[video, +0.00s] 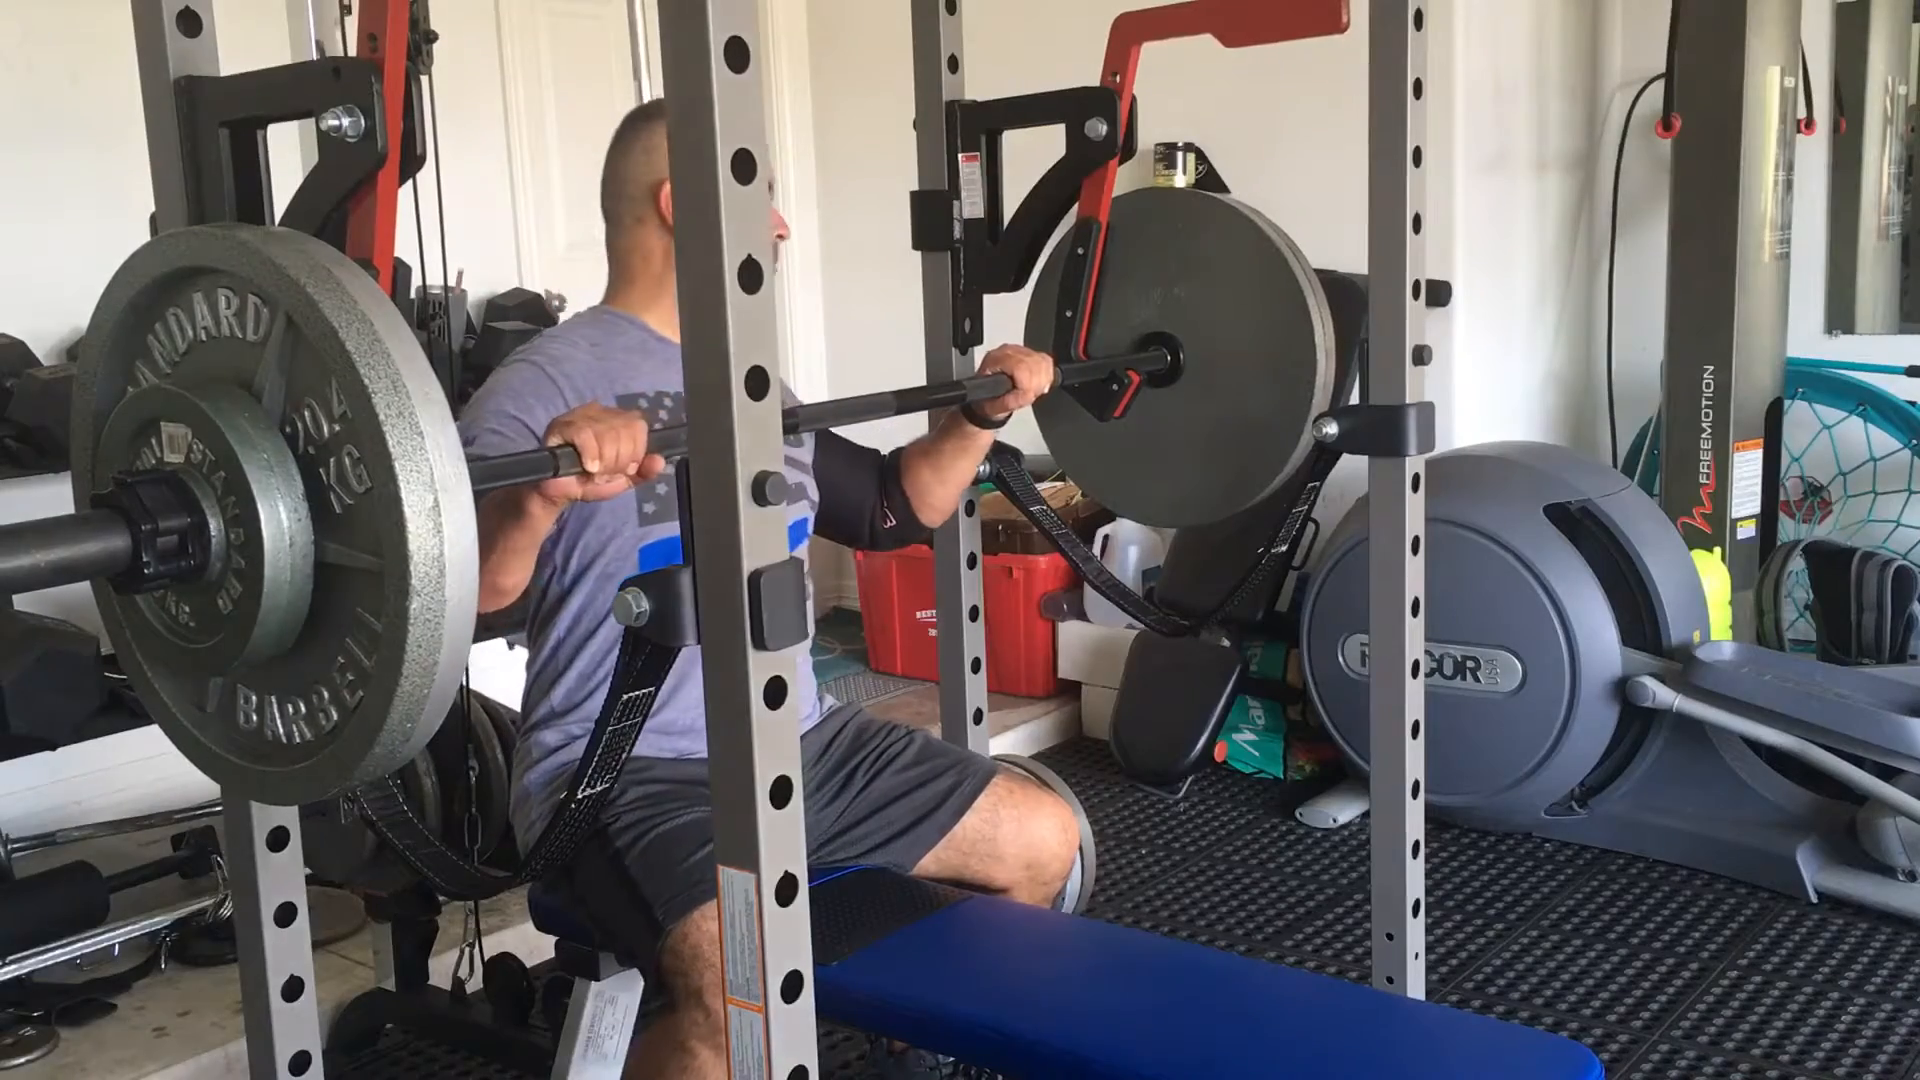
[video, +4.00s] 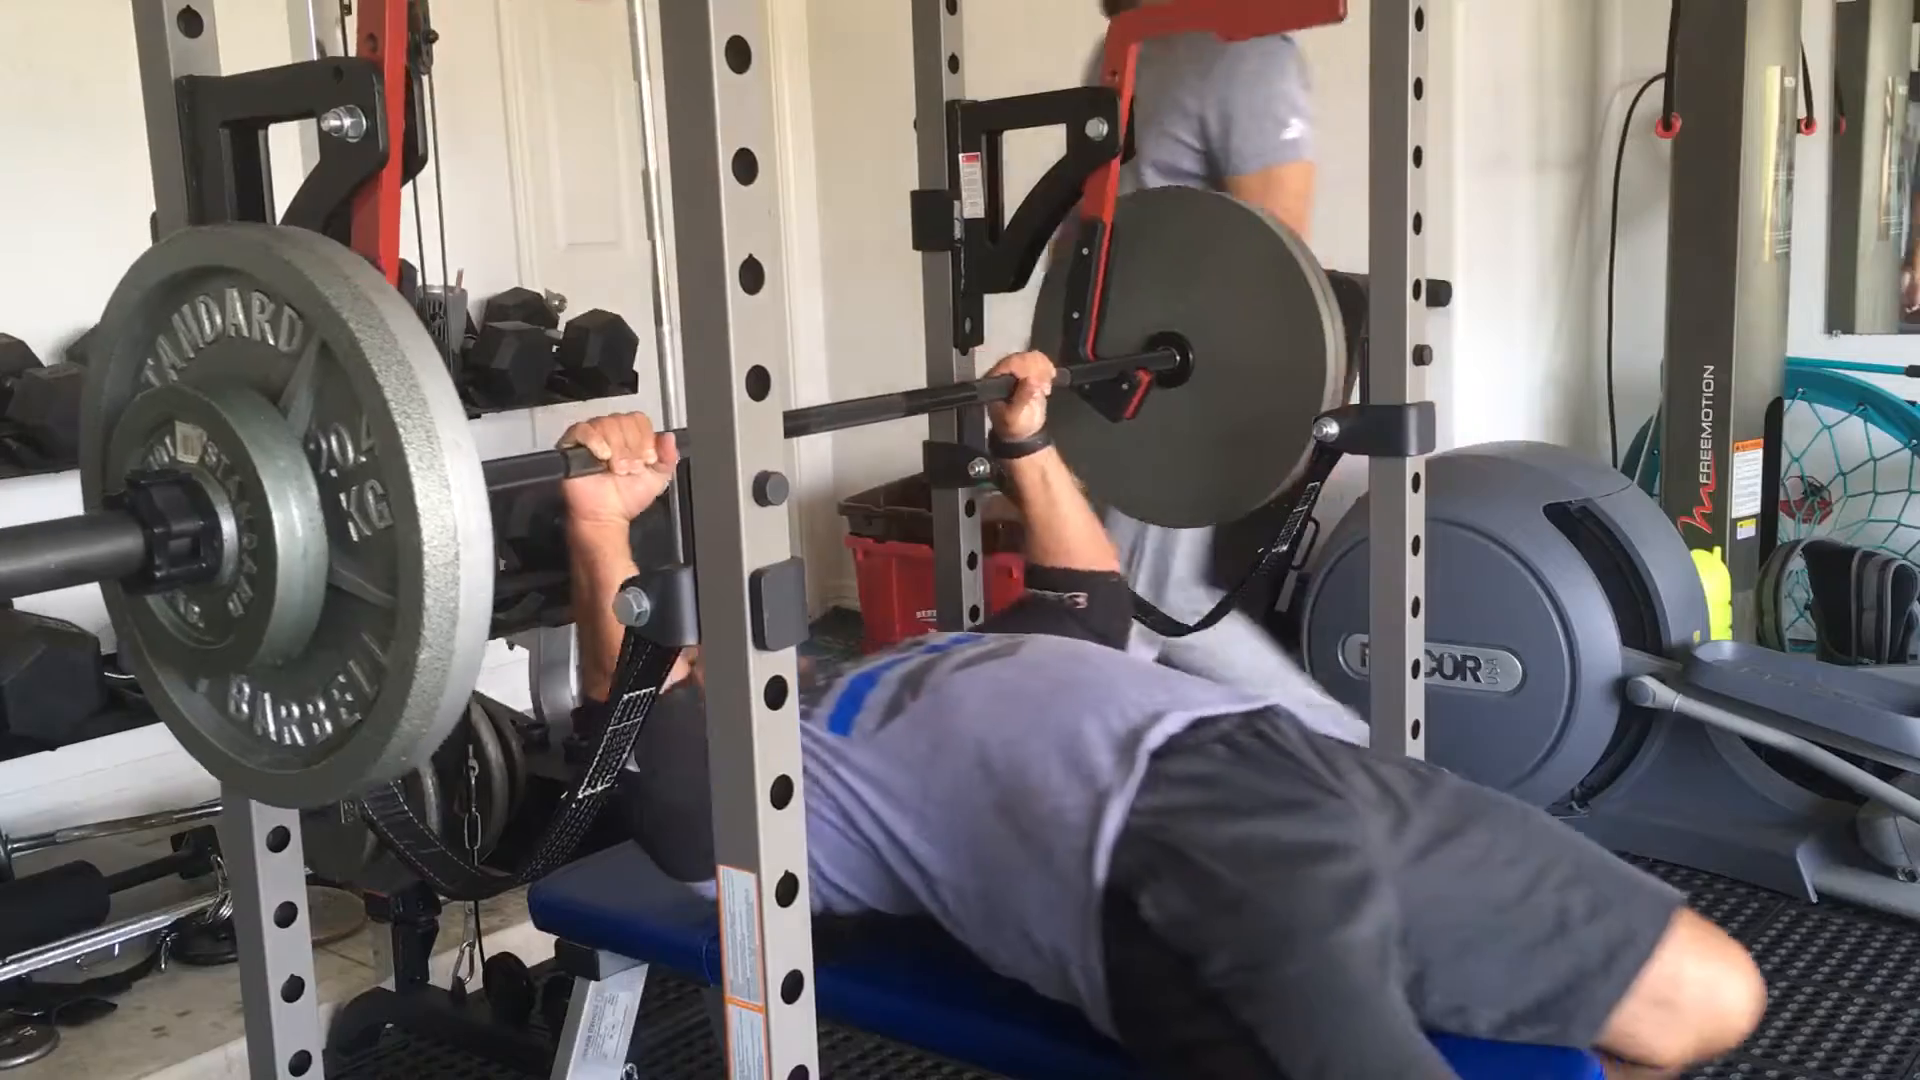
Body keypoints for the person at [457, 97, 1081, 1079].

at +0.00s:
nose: (783, 228)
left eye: (776, 197)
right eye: (755, 194)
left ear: (665, 206)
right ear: (670, 203)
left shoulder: (747, 380)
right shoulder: (542, 381)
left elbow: (891, 507)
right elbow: (478, 603)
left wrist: (978, 411)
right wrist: (544, 492)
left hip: (792, 736)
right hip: (621, 768)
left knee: (1040, 837)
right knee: (743, 967)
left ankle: (954, 1049)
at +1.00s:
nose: (690, 257)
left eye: (701, 227)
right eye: (657, 227)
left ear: (725, 237)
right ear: (574, 236)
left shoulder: (725, 371)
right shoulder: (503, 393)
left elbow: (871, 480)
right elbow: (461, 607)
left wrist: (972, 394)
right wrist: (545, 472)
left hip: (779, 732)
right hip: (609, 768)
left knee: (1033, 834)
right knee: (729, 968)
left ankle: (964, 1047)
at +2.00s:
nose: (703, 252)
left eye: (709, 224)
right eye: (668, 226)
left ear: (733, 235)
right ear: (584, 246)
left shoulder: (734, 373)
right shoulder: (495, 386)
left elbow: (866, 477)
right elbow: (440, 603)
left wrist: (973, 396)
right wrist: (537, 487)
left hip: (764, 726)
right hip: (590, 757)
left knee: (1028, 800)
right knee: (717, 900)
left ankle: (1126, 1050)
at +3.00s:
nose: (659, 214)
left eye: (664, 190)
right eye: (617, 195)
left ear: (681, 201)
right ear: (543, 238)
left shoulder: (722, 349)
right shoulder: (479, 376)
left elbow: (850, 477)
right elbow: (413, 586)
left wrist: (952, 404)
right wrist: (513, 480)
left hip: (790, 719)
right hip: (612, 765)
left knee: (1047, 838)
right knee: (735, 935)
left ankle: (1175, 1050)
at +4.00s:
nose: (712, 659)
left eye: (721, 648)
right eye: (704, 671)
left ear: (824, 661)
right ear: (723, 728)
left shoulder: (986, 657)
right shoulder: (807, 784)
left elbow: (1097, 606)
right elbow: (636, 774)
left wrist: (1024, 440)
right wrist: (597, 538)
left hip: (1334, 761)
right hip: (1186, 856)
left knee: (1719, 993)